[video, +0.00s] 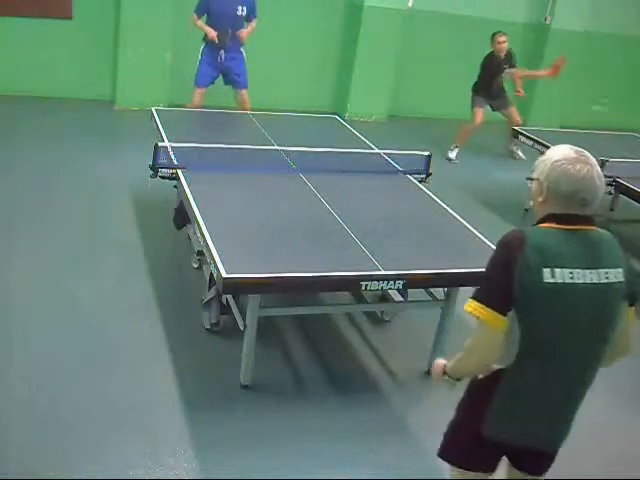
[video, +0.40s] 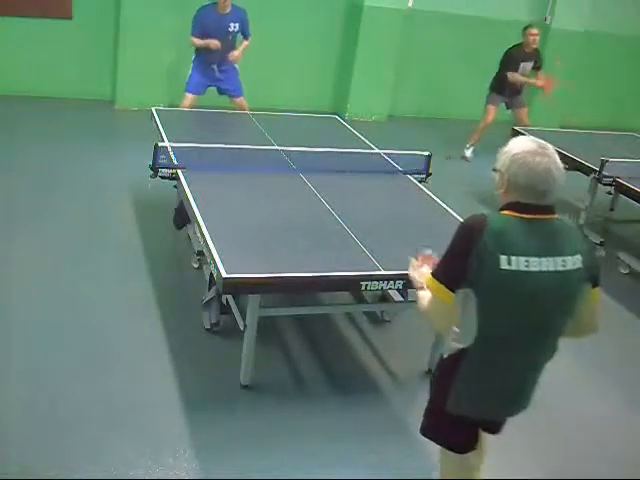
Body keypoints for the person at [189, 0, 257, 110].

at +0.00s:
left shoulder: (248, 2)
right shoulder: (208, 2)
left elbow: (252, 21)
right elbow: (196, 18)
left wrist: (246, 32)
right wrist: (208, 30)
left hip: (234, 50)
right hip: (211, 49)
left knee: (242, 91)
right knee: (199, 88)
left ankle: (247, 125)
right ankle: (192, 123)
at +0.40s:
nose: (224, 2)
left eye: (227, 0)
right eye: (222, 0)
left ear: (231, 1)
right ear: (218, 0)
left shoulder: (240, 14)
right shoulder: (203, 13)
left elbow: (247, 38)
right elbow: (194, 40)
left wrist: (238, 52)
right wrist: (207, 43)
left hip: (227, 65)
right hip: (202, 64)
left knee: (239, 102)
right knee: (188, 101)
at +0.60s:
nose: (221, 1)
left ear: (228, 1)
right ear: (213, 1)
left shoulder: (235, 15)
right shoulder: (199, 14)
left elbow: (238, 38)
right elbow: (186, 43)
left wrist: (231, 55)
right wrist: (201, 46)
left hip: (221, 65)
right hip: (197, 64)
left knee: (236, 105)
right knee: (183, 103)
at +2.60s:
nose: (207, 19)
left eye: (209, 14)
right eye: (204, 15)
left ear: (216, 12)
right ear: (200, 15)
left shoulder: (231, 25)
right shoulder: (196, 28)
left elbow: (243, 49)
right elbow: (188, 49)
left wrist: (232, 68)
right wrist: (187, 60)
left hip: (228, 72)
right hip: (204, 73)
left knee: (241, 107)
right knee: (188, 104)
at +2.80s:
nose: (187, 33)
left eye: (189, 28)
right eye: (184, 29)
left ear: (198, 23)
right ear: (182, 29)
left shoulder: (219, 31)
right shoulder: (186, 43)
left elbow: (243, 46)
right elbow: (186, 70)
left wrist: (235, 71)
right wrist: (172, 79)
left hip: (230, 72)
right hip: (208, 74)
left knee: (243, 109)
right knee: (191, 104)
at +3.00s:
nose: (177, 41)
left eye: (179, 36)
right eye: (174, 38)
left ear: (187, 29)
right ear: (172, 37)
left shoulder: (209, 33)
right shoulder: (178, 50)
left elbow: (236, 44)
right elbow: (180, 77)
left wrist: (233, 69)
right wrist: (167, 93)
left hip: (224, 73)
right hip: (201, 75)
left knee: (238, 107)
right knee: (187, 103)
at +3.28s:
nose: (184, 23)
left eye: (186, 17)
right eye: (181, 19)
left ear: (193, 13)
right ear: (178, 19)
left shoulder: (210, 22)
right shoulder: (177, 37)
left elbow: (230, 35)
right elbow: (181, 70)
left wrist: (226, 62)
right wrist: (202, 81)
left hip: (216, 65)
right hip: (194, 69)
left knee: (235, 105)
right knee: (185, 103)